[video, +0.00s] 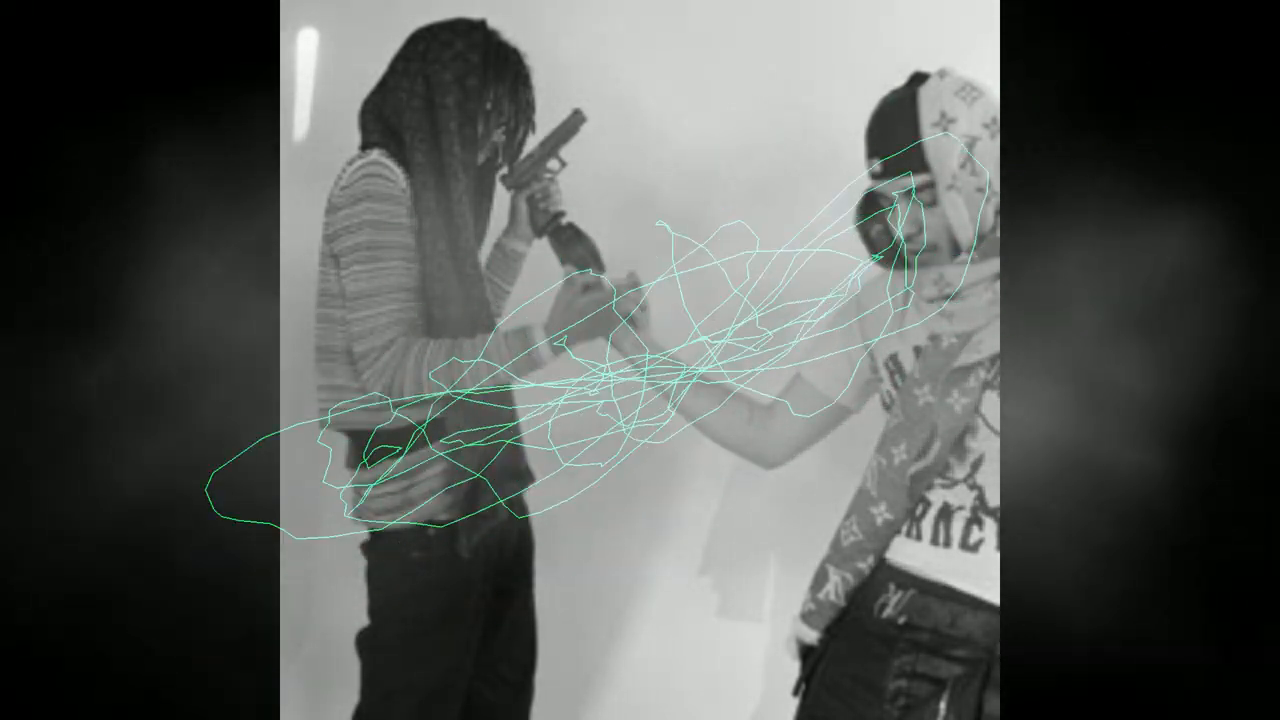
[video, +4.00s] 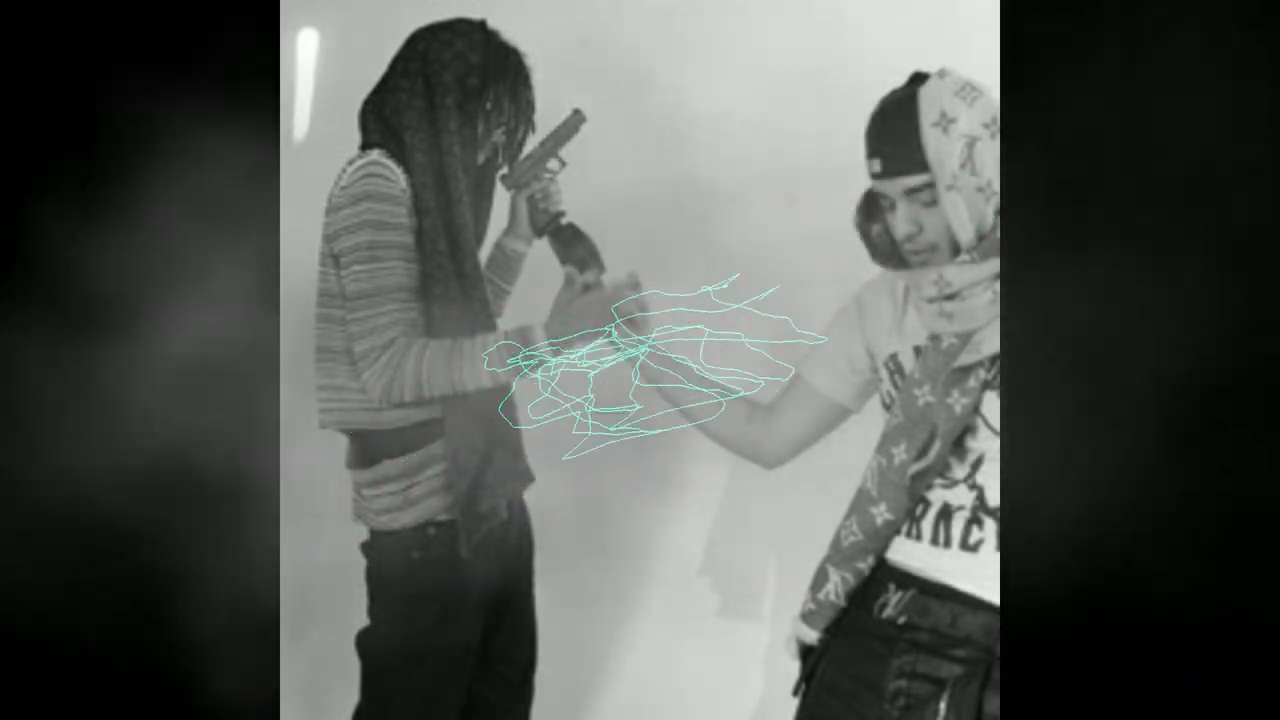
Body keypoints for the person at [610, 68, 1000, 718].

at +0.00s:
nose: (908, 222)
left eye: (924, 195)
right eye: (895, 200)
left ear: (979, 172)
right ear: (889, 199)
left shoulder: (1037, 283)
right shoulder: (898, 296)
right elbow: (771, 435)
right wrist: (637, 347)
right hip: (894, 617)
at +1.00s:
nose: (905, 227)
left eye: (924, 198)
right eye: (887, 204)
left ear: (982, 186)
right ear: (875, 206)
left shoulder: (1027, 300)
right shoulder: (900, 305)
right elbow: (768, 436)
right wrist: (631, 337)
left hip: (990, 647)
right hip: (877, 619)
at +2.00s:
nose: (906, 228)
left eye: (927, 199)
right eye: (887, 206)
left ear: (981, 184)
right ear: (875, 207)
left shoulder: (1037, 293)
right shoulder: (891, 302)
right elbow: (768, 436)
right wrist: (641, 345)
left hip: (997, 638)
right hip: (883, 616)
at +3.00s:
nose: (904, 228)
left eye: (925, 200)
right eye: (886, 205)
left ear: (979, 183)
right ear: (874, 206)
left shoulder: (1037, 289)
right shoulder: (890, 302)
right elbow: (769, 436)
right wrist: (638, 343)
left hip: (996, 638)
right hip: (877, 611)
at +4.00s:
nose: (906, 228)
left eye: (926, 199)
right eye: (887, 205)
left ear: (978, 183)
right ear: (874, 206)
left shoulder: (1031, 290)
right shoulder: (890, 305)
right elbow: (768, 436)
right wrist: (639, 347)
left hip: (990, 639)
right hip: (878, 615)